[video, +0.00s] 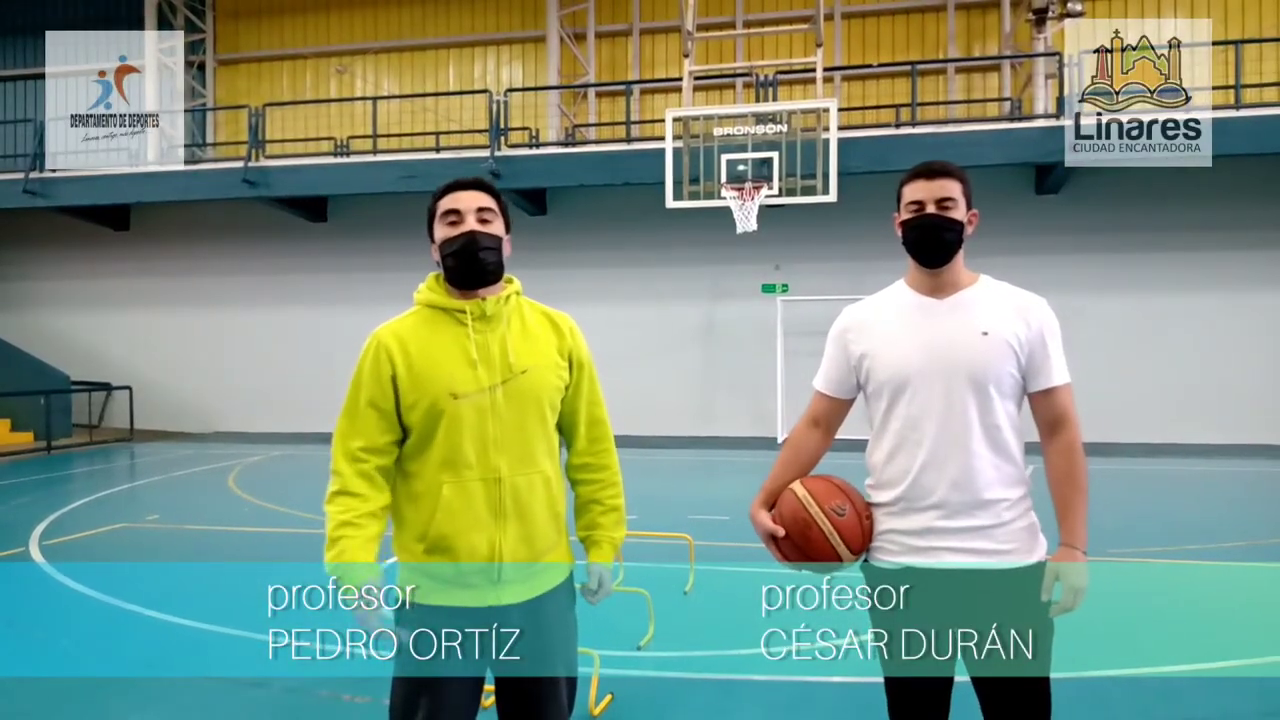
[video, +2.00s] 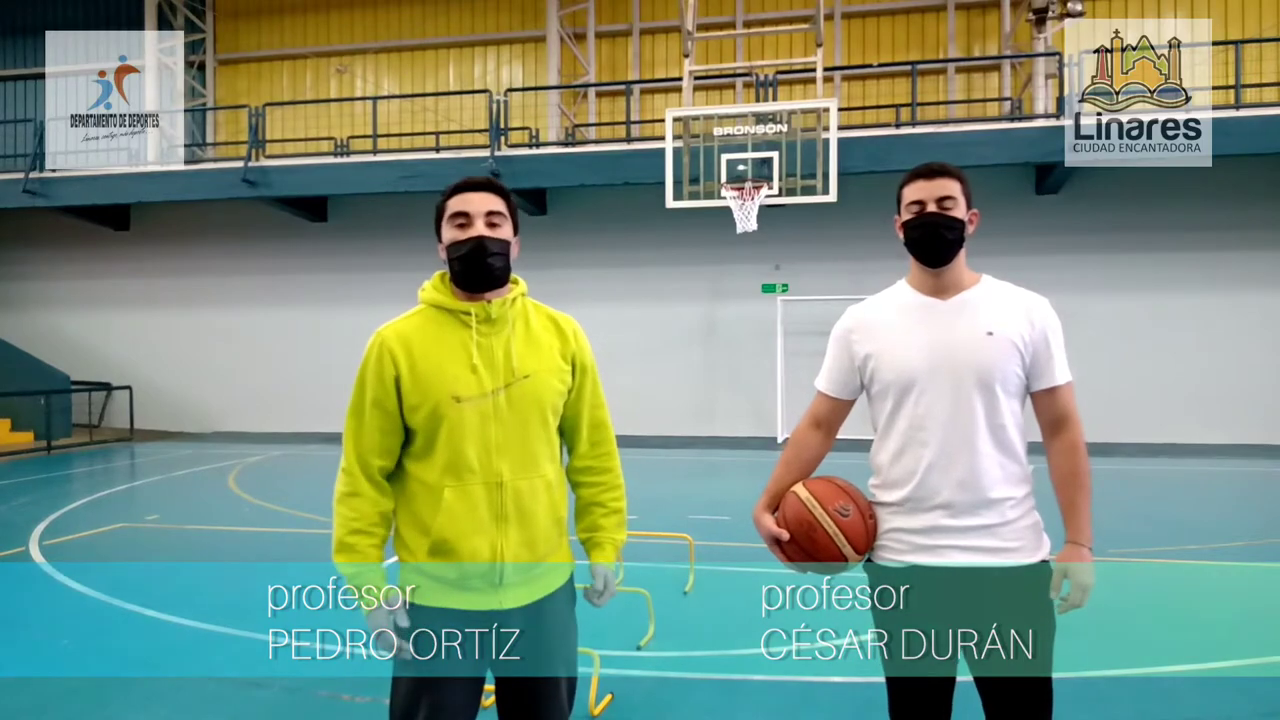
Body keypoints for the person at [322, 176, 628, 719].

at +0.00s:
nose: (471, 227)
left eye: (486, 217)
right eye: (453, 219)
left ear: (507, 241)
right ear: (434, 247)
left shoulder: (556, 334)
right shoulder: (394, 346)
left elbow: (592, 449)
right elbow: (360, 464)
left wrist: (602, 545)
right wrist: (352, 567)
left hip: (541, 586)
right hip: (439, 590)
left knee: (546, 711)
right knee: (430, 714)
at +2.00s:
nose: (478, 231)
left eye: (495, 221)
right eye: (460, 222)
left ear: (515, 244)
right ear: (441, 247)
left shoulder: (560, 336)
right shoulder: (397, 345)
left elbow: (594, 452)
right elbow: (363, 472)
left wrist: (604, 548)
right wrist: (364, 581)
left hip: (542, 591)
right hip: (438, 595)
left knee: (548, 712)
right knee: (430, 714)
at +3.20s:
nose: (471, 234)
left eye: (487, 223)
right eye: (454, 224)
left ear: (507, 243)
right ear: (434, 246)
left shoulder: (551, 335)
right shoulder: (390, 343)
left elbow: (585, 452)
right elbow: (350, 461)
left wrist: (595, 552)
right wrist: (370, 519)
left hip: (536, 588)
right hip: (434, 592)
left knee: (542, 712)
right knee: (428, 714)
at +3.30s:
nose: (472, 234)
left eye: (487, 223)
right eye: (454, 223)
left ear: (507, 242)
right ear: (435, 244)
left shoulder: (553, 335)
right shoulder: (391, 341)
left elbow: (587, 453)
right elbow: (345, 471)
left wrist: (598, 556)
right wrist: (372, 446)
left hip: (537, 587)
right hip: (434, 590)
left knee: (542, 712)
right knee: (427, 713)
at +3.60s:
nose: (477, 234)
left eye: (492, 222)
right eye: (461, 223)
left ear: (513, 238)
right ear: (441, 240)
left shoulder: (554, 336)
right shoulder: (398, 337)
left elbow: (592, 463)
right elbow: (350, 452)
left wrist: (605, 569)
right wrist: (389, 418)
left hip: (537, 572)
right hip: (432, 572)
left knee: (539, 706)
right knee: (436, 706)